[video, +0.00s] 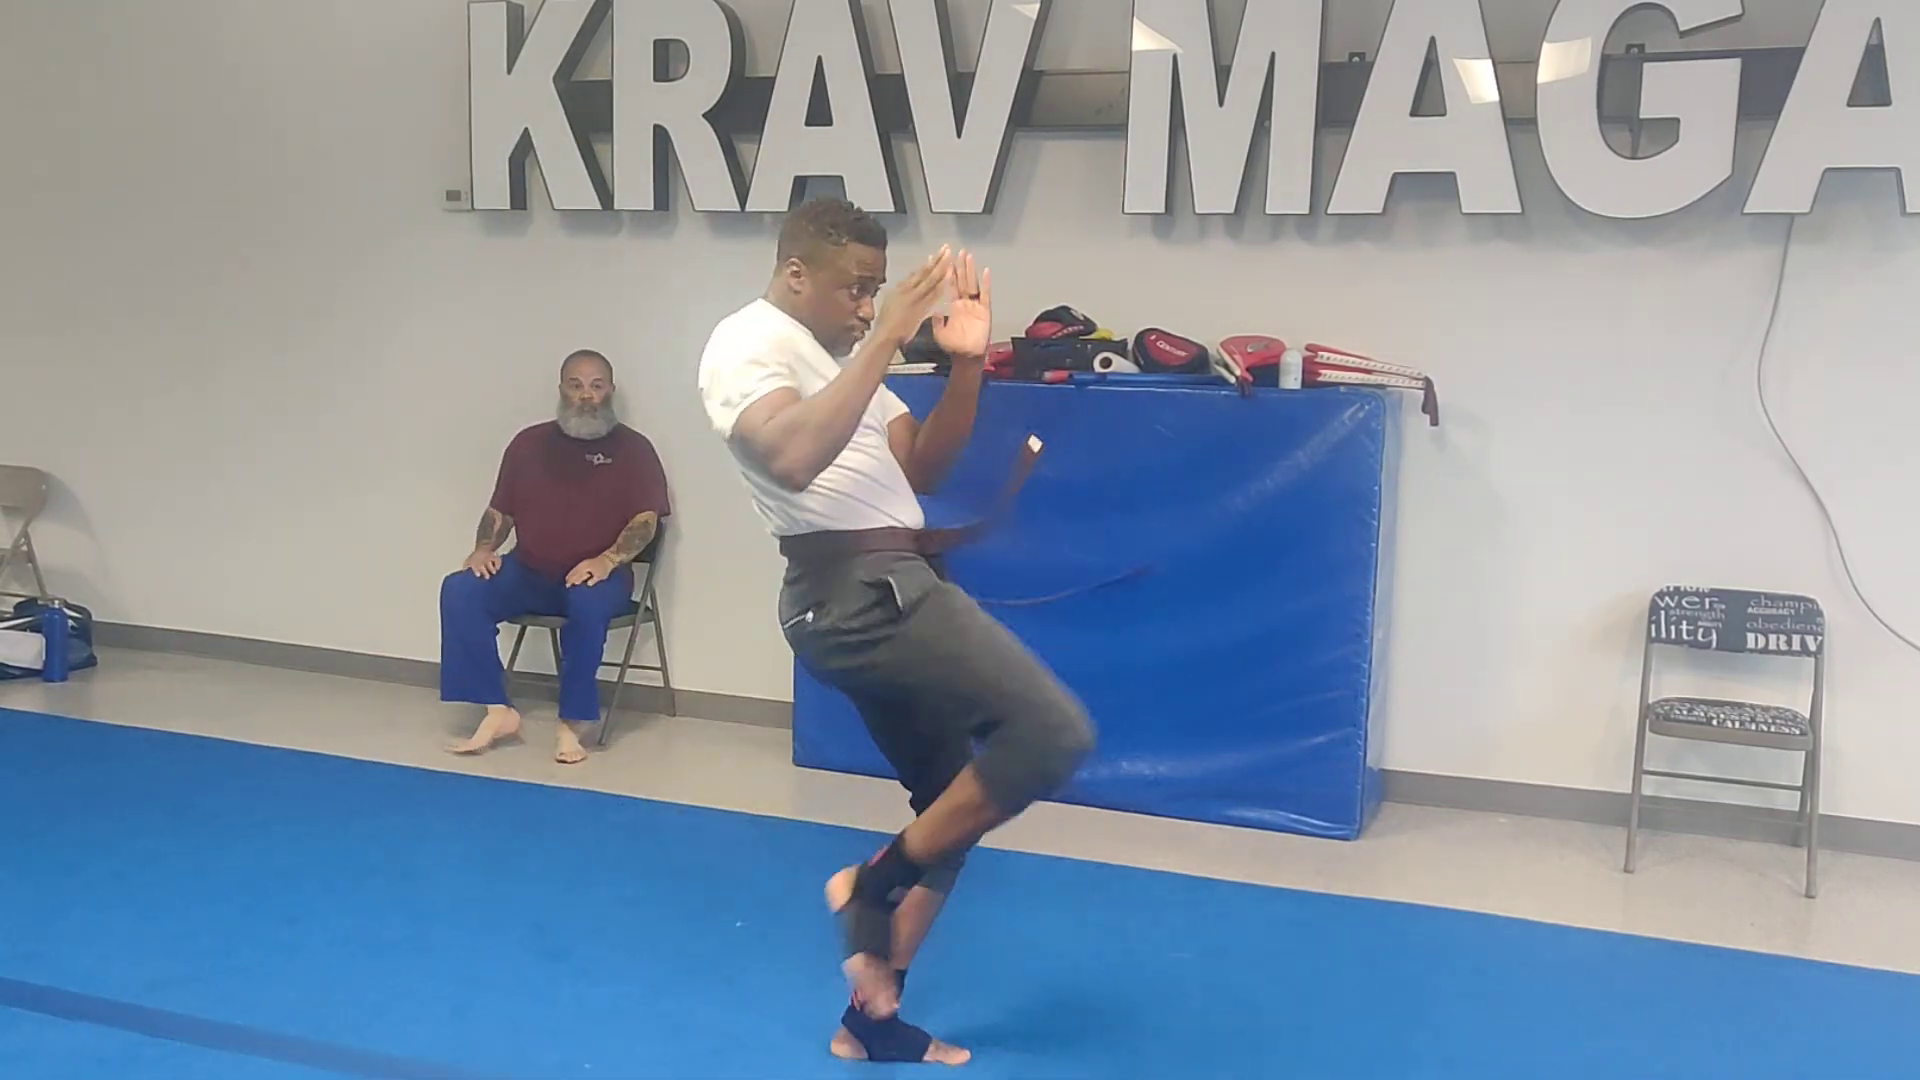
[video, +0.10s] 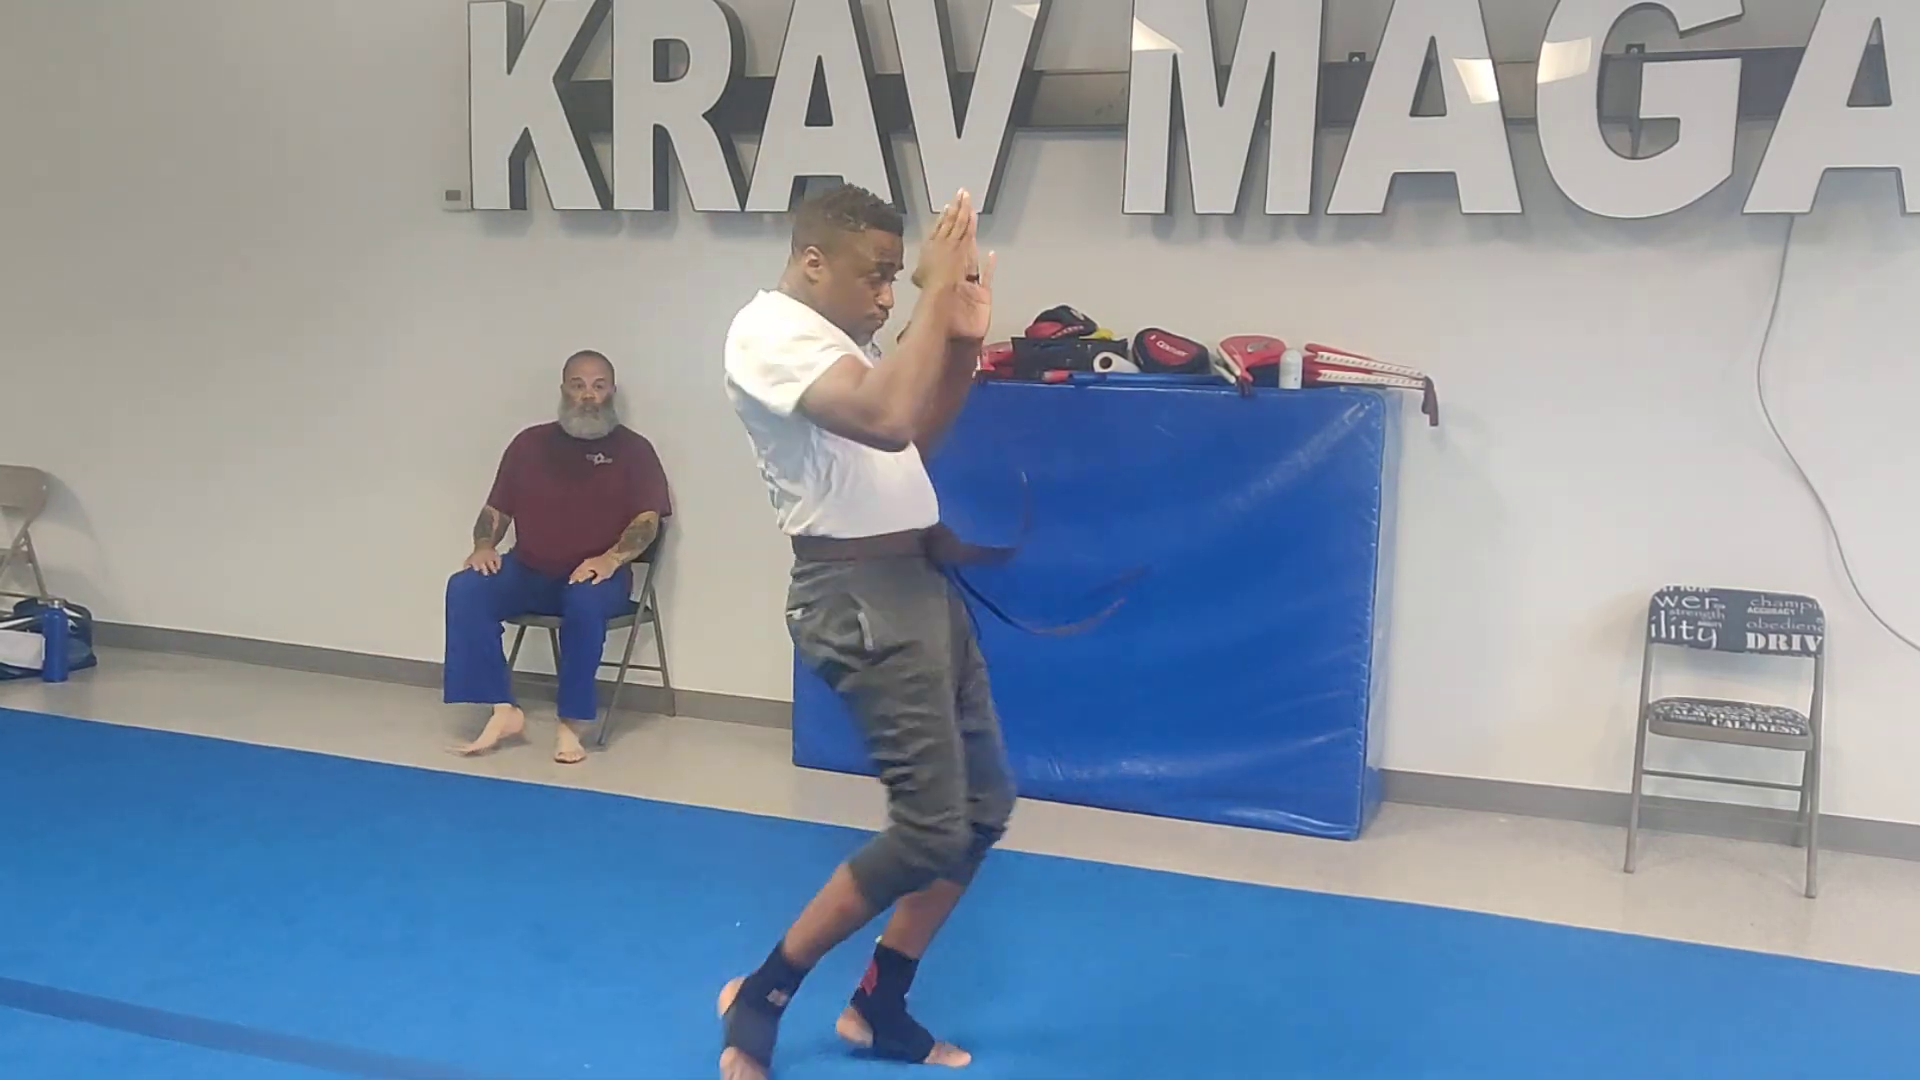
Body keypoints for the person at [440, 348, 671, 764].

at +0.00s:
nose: (585, 394)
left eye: (596, 385)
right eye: (575, 385)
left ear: (610, 393)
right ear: (561, 390)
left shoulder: (633, 448)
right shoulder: (529, 442)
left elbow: (646, 519)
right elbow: (499, 511)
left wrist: (609, 559)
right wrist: (483, 549)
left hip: (598, 574)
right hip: (531, 573)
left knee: (587, 604)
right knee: (460, 589)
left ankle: (571, 724)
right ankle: (498, 710)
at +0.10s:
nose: (588, 394)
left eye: (599, 385)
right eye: (577, 385)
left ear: (611, 393)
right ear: (563, 391)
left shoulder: (634, 450)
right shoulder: (529, 442)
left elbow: (648, 519)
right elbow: (496, 511)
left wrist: (612, 557)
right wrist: (483, 546)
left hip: (596, 575)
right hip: (529, 573)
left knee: (585, 601)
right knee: (465, 586)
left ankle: (569, 725)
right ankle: (503, 710)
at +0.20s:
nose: (587, 393)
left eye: (598, 385)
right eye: (576, 384)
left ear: (610, 393)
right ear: (561, 390)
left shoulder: (633, 450)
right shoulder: (528, 442)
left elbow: (648, 520)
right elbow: (494, 511)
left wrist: (614, 559)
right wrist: (481, 547)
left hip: (596, 575)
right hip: (530, 573)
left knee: (585, 600)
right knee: (466, 587)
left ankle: (570, 725)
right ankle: (505, 709)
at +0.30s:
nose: (585, 394)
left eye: (594, 385)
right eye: (573, 385)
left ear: (606, 391)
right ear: (557, 391)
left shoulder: (631, 449)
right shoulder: (525, 442)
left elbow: (649, 520)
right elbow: (491, 512)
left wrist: (616, 560)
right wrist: (477, 548)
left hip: (595, 574)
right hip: (530, 573)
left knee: (590, 605)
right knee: (465, 591)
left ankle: (569, 725)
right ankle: (503, 710)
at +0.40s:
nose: (581, 396)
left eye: (590, 386)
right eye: (569, 387)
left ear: (602, 391)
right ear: (552, 392)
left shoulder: (627, 449)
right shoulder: (521, 442)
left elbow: (651, 519)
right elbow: (485, 511)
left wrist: (618, 563)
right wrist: (471, 553)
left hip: (595, 574)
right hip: (529, 573)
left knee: (590, 606)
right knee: (463, 593)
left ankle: (569, 726)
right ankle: (500, 712)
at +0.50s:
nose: (573, 403)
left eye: (582, 392)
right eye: (561, 393)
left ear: (595, 394)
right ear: (544, 396)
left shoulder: (622, 449)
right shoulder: (515, 444)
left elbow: (652, 522)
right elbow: (474, 513)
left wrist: (616, 567)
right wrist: (464, 556)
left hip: (596, 575)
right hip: (527, 574)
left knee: (590, 608)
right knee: (460, 595)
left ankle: (568, 725)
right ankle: (500, 714)